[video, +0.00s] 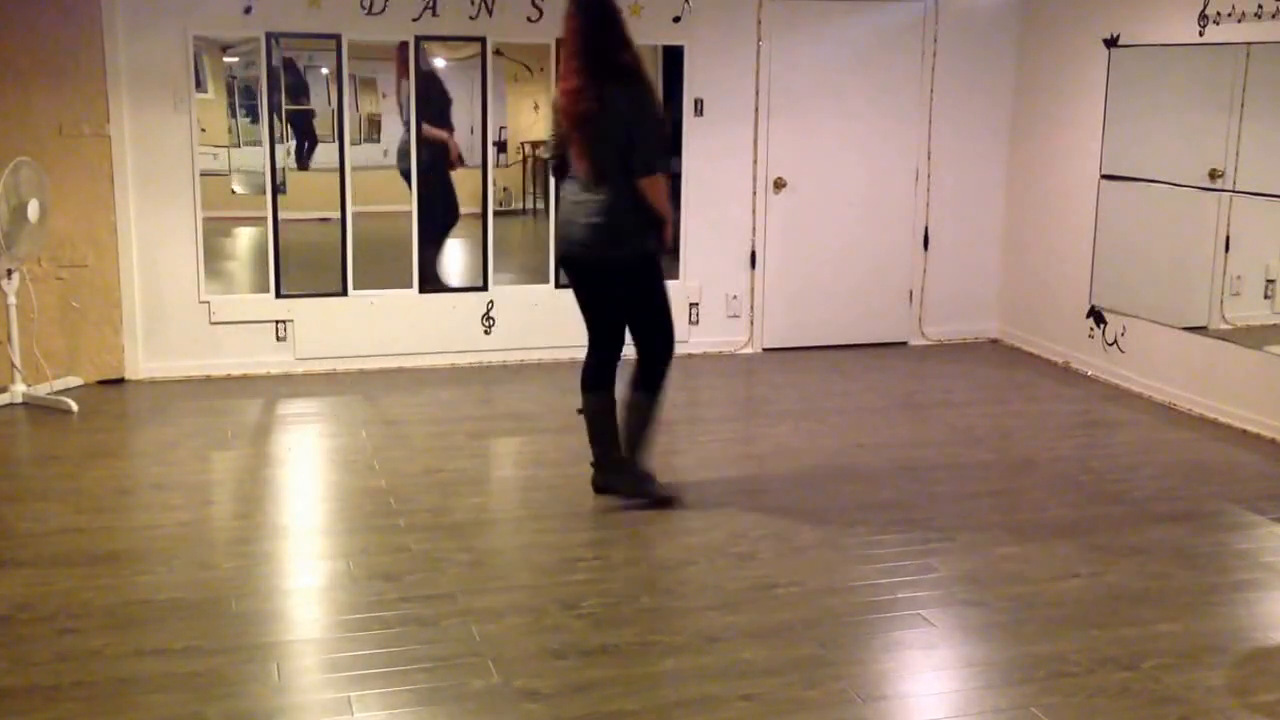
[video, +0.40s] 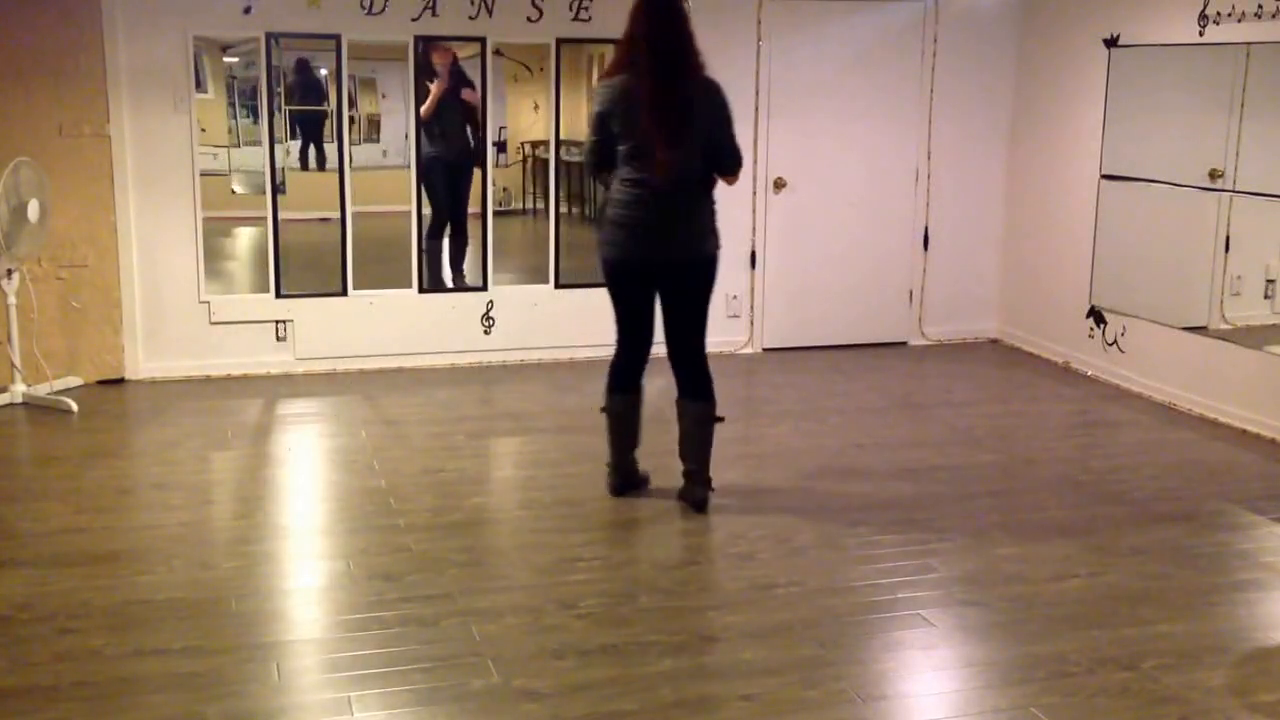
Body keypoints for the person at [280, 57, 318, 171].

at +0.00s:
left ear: (284, 68)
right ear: (295, 65)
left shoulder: (283, 80)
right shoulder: (299, 79)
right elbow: (304, 97)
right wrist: (310, 109)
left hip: (290, 111)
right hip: (301, 110)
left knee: (300, 140)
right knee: (313, 139)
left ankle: (300, 163)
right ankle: (305, 161)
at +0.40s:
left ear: (295, 68)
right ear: (309, 66)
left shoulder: (292, 83)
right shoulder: (316, 80)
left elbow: (288, 100)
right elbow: (323, 96)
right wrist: (316, 103)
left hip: (301, 114)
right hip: (317, 113)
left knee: (305, 142)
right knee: (319, 143)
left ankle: (304, 168)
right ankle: (321, 168)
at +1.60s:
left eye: (285, 68)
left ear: (285, 68)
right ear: (296, 66)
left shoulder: (284, 81)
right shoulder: (303, 79)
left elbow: (280, 98)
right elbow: (308, 96)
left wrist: (281, 110)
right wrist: (304, 102)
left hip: (290, 111)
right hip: (304, 110)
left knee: (290, 144)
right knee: (309, 142)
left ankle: (291, 170)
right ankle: (315, 168)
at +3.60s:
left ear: (284, 67)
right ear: (297, 66)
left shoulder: (283, 82)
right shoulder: (302, 80)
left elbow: (280, 100)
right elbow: (307, 97)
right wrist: (312, 110)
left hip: (291, 114)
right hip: (307, 113)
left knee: (294, 142)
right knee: (307, 143)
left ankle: (292, 168)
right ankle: (307, 169)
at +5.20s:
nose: (282, 70)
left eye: (282, 68)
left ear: (283, 67)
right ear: (293, 65)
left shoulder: (282, 79)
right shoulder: (300, 77)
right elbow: (308, 94)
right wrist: (304, 101)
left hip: (287, 112)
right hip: (300, 112)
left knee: (288, 143)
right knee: (298, 142)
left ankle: (290, 168)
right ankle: (303, 166)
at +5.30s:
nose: (283, 70)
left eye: (283, 67)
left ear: (283, 67)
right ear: (294, 66)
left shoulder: (282, 81)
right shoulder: (300, 78)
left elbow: (278, 97)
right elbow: (311, 91)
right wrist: (304, 99)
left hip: (289, 113)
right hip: (303, 112)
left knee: (291, 143)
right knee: (302, 142)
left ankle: (290, 168)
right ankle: (305, 167)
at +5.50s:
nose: (284, 70)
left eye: (283, 67)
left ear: (283, 67)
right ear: (294, 65)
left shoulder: (282, 81)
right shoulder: (300, 77)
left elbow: (278, 96)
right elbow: (311, 91)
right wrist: (304, 98)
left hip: (289, 112)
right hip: (303, 112)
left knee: (291, 143)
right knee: (304, 142)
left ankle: (291, 168)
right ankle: (305, 168)